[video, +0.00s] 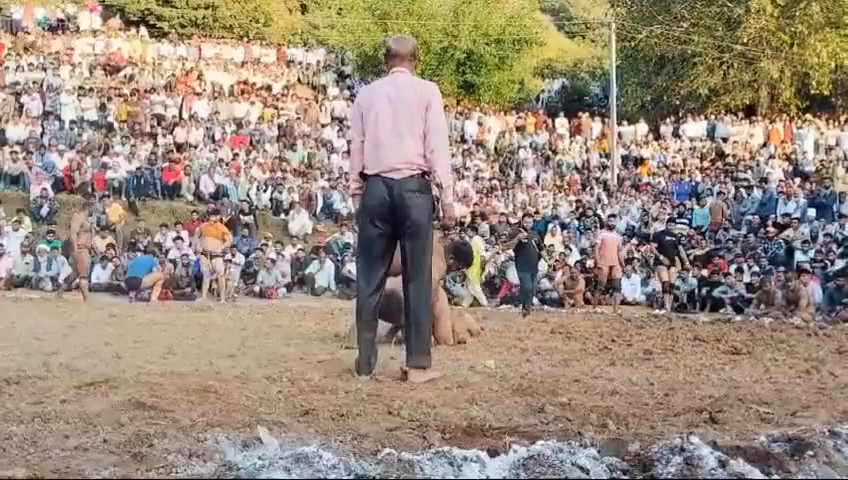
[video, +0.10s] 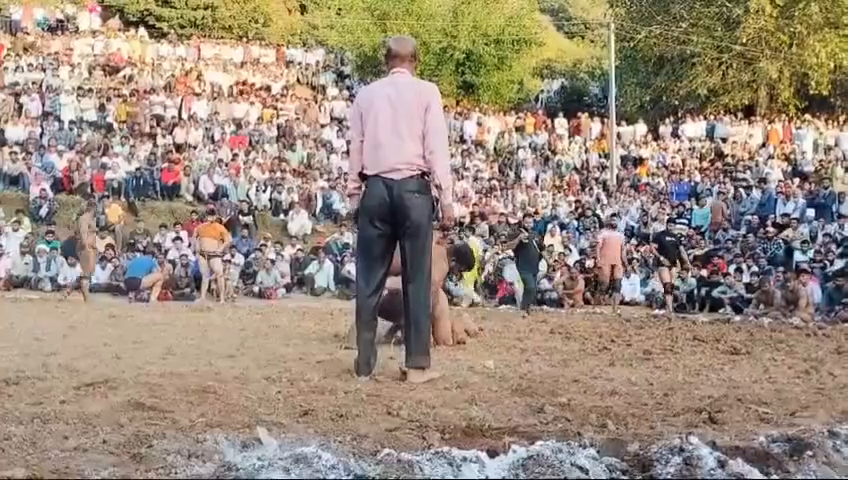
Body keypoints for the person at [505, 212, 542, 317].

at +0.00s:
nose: (528, 224)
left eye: (530, 222)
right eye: (526, 222)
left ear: (532, 223)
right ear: (522, 222)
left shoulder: (534, 234)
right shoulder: (516, 232)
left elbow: (541, 248)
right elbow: (505, 247)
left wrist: (539, 243)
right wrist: (517, 239)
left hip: (534, 264)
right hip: (522, 264)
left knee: (532, 288)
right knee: (527, 287)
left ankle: (528, 307)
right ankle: (526, 308)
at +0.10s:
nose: (529, 224)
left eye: (531, 222)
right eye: (527, 222)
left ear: (533, 223)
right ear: (522, 222)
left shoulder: (535, 234)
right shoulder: (517, 233)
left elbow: (541, 248)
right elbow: (507, 246)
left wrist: (541, 244)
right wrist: (519, 239)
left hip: (534, 265)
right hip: (523, 264)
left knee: (532, 288)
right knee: (530, 287)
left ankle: (527, 307)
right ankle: (525, 308)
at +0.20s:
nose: (530, 225)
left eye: (532, 222)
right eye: (528, 222)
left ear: (534, 223)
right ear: (524, 223)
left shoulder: (536, 235)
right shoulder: (520, 233)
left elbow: (542, 249)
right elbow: (512, 247)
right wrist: (520, 239)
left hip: (536, 266)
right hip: (524, 265)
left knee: (531, 289)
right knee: (531, 286)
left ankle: (526, 310)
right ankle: (529, 309)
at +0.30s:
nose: (531, 226)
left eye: (533, 223)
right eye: (529, 223)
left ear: (535, 224)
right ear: (524, 224)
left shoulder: (536, 237)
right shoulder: (520, 235)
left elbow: (543, 250)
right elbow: (511, 247)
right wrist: (521, 240)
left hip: (536, 266)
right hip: (525, 266)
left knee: (530, 289)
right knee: (532, 287)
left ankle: (525, 310)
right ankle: (534, 309)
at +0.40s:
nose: (531, 227)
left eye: (533, 224)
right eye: (529, 224)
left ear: (536, 225)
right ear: (525, 224)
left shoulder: (537, 238)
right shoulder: (521, 236)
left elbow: (543, 250)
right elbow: (513, 248)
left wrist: (546, 253)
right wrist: (521, 240)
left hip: (537, 267)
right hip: (526, 267)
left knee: (532, 291)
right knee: (532, 290)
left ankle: (523, 309)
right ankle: (535, 311)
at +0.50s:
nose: (532, 227)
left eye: (533, 225)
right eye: (529, 225)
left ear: (536, 226)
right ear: (525, 226)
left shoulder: (538, 238)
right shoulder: (522, 236)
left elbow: (543, 251)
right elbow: (513, 249)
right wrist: (522, 241)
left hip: (538, 267)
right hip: (526, 268)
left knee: (532, 291)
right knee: (532, 290)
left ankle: (522, 310)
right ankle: (534, 312)